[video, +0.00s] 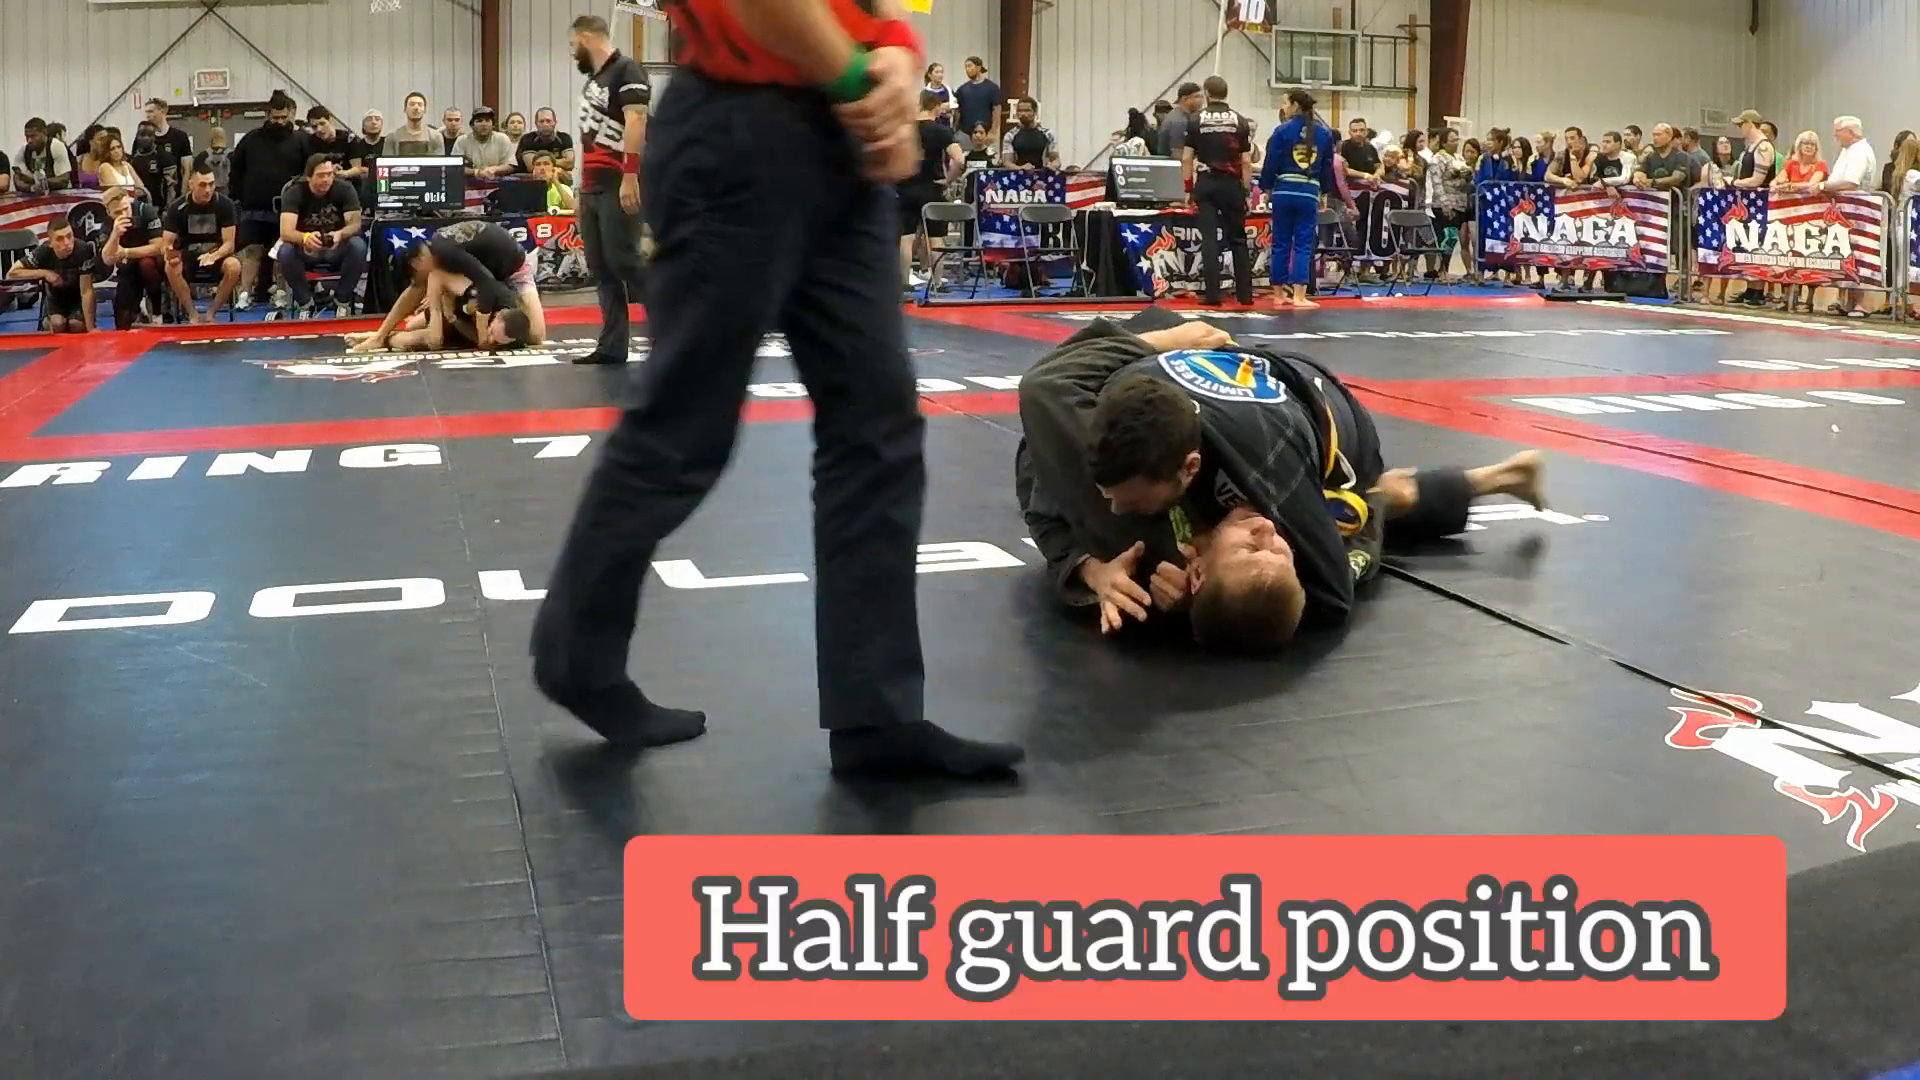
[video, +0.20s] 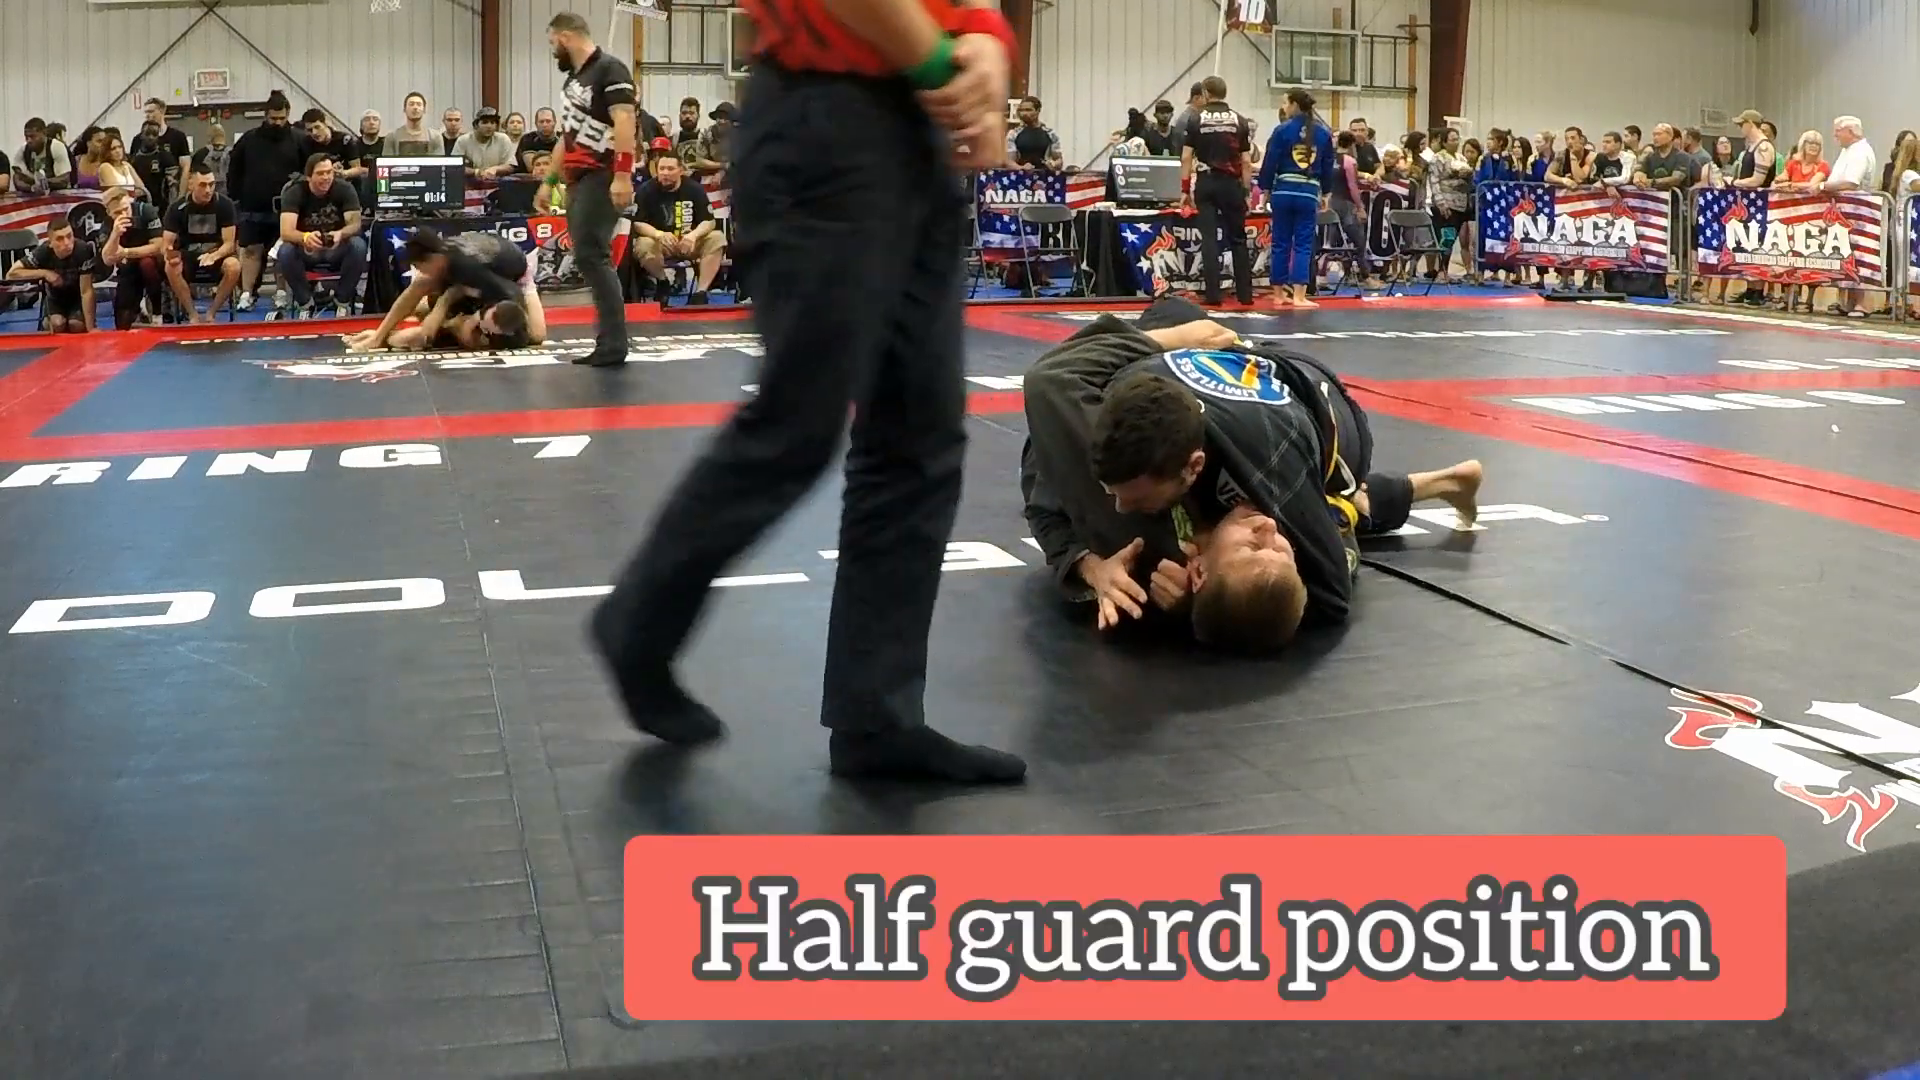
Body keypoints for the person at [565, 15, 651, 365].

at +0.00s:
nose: (572, 51)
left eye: (574, 44)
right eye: (572, 46)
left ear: (587, 39)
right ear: (591, 40)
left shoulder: (628, 71)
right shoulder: (593, 81)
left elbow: (636, 123)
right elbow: (587, 141)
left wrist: (630, 175)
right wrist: (581, 190)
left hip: (616, 186)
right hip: (591, 188)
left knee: (623, 262)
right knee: (603, 270)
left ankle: (667, 327)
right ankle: (612, 348)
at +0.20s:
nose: (552, 50)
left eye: (553, 43)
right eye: (552, 44)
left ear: (566, 37)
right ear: (570, 38)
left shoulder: (611, 69)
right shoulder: (573, 80)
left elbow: (625, 121)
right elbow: (566, 135)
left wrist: (623, 174)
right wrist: (549, 180)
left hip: (603, 176)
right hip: (580, 177)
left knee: (592, 255)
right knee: (591, 257)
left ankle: (614, 345)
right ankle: (609, 343)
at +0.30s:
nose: (542, 52)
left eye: (542, 45)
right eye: (541, 46)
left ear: (554, 38)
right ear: (558, 39)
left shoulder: (598, 70)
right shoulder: (563, 80)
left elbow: (614, 125)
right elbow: (558, 135)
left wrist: (613, 178)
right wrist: (535, 176)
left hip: (589, 178)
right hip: (571, 179)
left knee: (573, 257)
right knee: (593, 259)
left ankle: (567, 349)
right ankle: (612, 344)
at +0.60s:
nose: (512, 53)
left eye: (512, 46)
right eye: (511, 47)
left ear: (522, 41)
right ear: (533, 39)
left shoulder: (553, 75)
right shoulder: (541, 76)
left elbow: (560, 135)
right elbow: (537, 138)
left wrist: (555, 189)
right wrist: (505, 168)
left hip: (545, 182)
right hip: (543, 179)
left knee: (525, 264)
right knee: (562, 263)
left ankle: (520, 355)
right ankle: (604, 336)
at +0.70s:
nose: (498, 52)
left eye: (497, 45)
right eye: (497, 46)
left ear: (505, 39)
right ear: (521, 37)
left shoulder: (536, 72)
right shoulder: (529, 71)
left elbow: (537, 132)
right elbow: (527, 132)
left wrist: (529, 187)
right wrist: (507, 172)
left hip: (534, 180)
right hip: (530, 178)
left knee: (518, 264)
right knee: (530, 262)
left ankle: (519, 355)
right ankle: (588, 328)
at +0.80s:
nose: (486, 52)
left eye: (486, 46)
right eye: (485, 46)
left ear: (494, 40)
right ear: (511, 37)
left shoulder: (517, 72)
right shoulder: (526, 70)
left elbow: (515, 131)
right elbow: (526, 131)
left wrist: (500, 184)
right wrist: (500, 171)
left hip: (527, 178)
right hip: (530, 178)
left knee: (510, 262)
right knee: (497, 260)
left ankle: (519, 354)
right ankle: (557, 331)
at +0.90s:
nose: (472, 52)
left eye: (472, 45)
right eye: (471, 46)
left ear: (478, 39)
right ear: (500, 36)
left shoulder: (503, 69)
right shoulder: (516, 67)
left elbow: (492, 128)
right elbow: (501, 129)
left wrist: (472, 179)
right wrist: (483, 177)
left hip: (515, 179)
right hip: (511, 178)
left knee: (505, 264)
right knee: (482, 259)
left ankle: (518, 355)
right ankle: (510, 345)